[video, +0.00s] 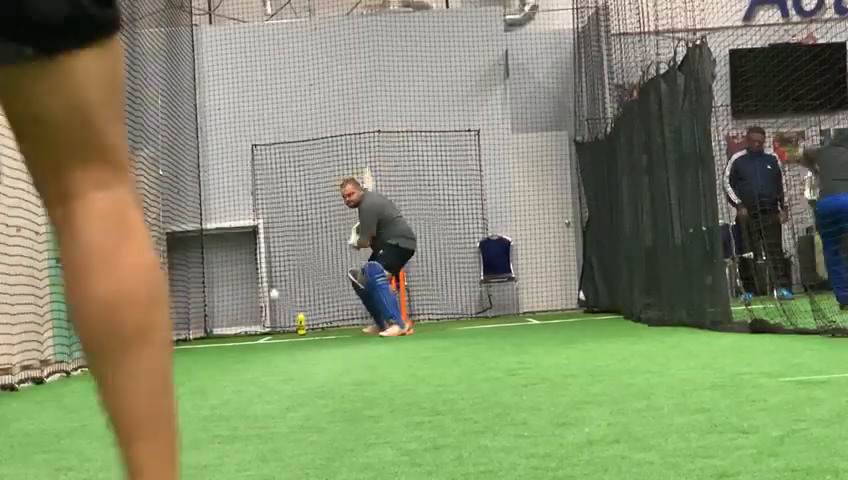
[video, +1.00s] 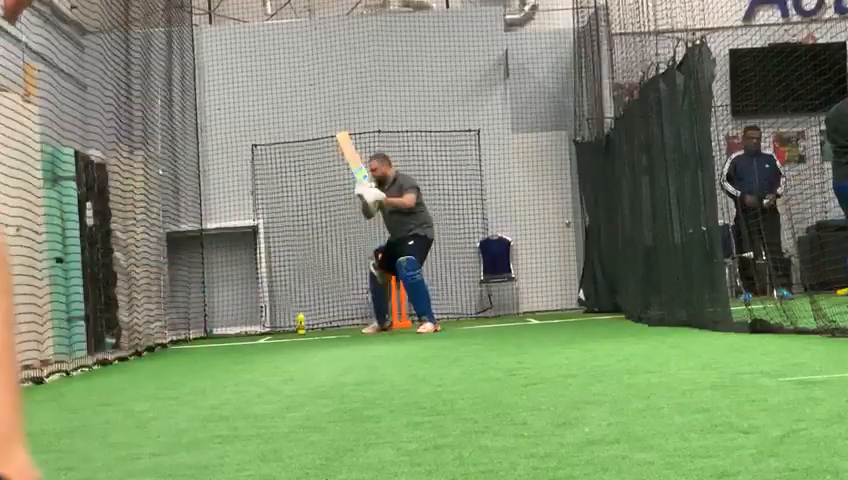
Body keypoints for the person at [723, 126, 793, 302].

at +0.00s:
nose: (757, 145)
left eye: (760, 141)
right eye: (754, 141)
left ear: (764, 142)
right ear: (747, 142)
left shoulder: (772, 159)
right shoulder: (737, 159)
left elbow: (780, 184)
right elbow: (726, 183)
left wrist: (783, 206)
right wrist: (738, 205)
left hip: (771, 210)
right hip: (748, 212)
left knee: (775, 249)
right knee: (747, 251)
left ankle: (781, 286)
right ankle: (749, 290)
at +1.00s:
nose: (755, 142)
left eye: (757, 139)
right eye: (751, 139)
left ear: (761, 140)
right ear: (743, 140)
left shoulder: (770, 159)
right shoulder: (734, 159)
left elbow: (782, 180)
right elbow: (724, 182)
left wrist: (775, 194)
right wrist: (742, 197)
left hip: (768, 210)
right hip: (745, 211)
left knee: (774, 247)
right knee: (746, 251)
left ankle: (781, 286)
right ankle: (748, 289)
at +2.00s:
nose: (754, 142)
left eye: (757, 139)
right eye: (750, 139)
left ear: (760, 140)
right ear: (742, 140)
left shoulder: (769, 158)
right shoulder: (733, 159)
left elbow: (780, 181)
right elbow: (721, 182)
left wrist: (774, 200)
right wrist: (739, 195)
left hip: (767, 209)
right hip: (744, 210)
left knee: (773, 247)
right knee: (746, 250)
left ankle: (778, 285)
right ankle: (749, 289)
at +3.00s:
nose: (755, 142)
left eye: (758, 139)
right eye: (751, 138)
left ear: (762, 141)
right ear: (744, 140)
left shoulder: (769, 159)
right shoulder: (735, 159)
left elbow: (777, 185)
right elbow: (721, 181)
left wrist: (781, 207)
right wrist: (735, 178)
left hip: (768, 211)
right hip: (744, 212)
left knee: (774, 248)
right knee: (746, 252)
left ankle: (779, 286)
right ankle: (748, 289)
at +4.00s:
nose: (755, 144)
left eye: (758, 141)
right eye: (752, 140)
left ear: (761, 142)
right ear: (744, 140)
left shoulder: (768, 159)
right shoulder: (733, 161)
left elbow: (782, 177)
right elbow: (712, 169)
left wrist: (778, 191)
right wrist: (726, 156)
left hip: (767, 209)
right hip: (743, 211)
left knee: (773, 247)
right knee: (744, 251)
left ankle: (779, 286)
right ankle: (749, 289)